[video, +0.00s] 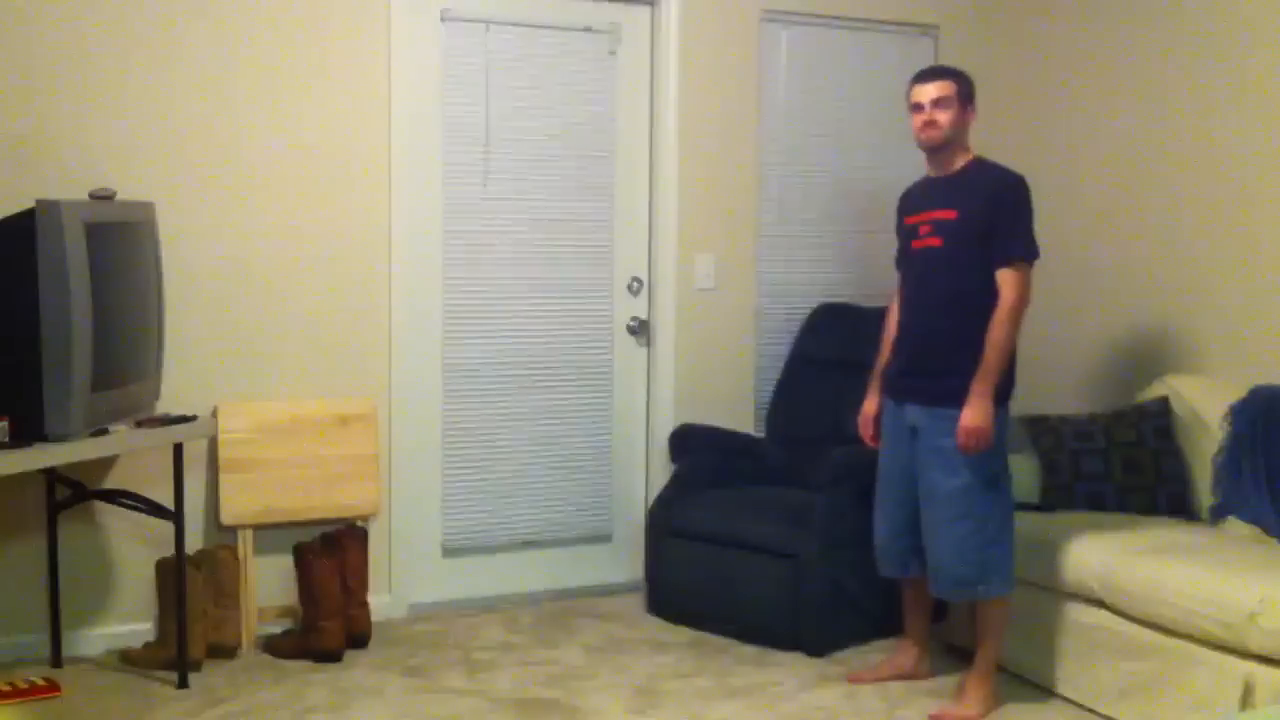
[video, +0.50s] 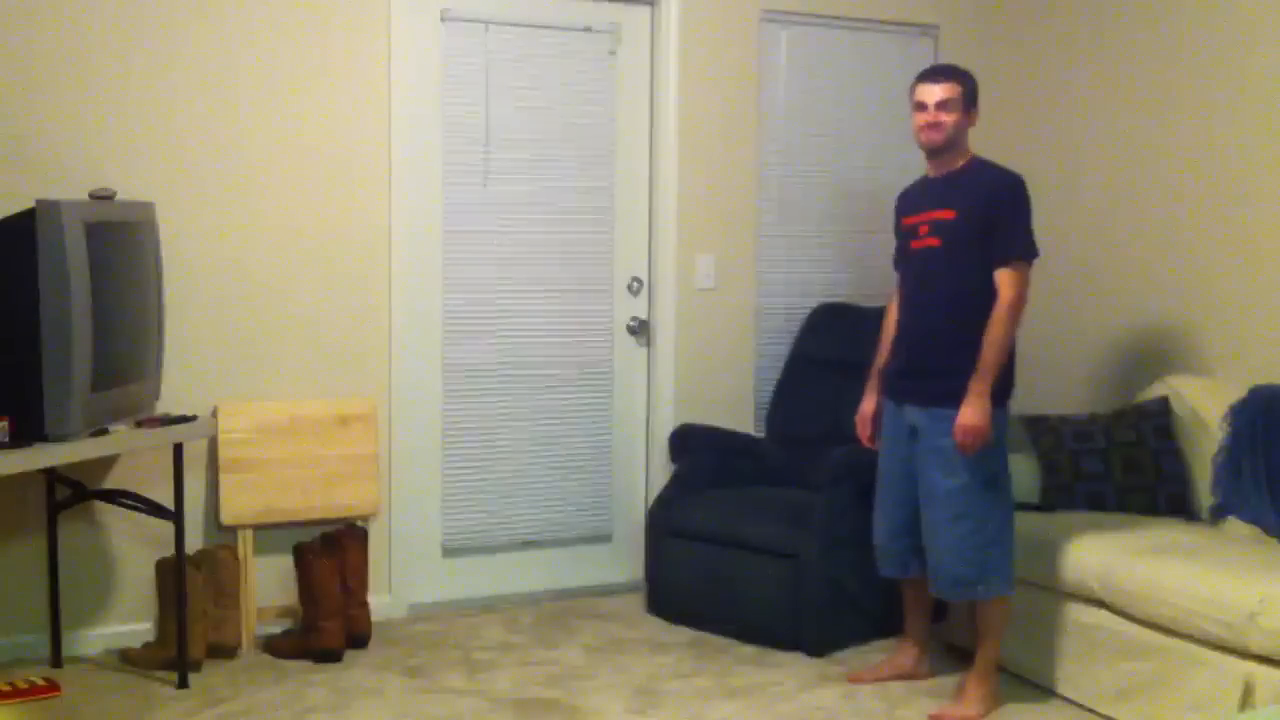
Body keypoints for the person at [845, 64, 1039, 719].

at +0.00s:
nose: (928, 116)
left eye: (941, 105)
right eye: (918, 108)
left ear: (968, 114)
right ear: (909, 121)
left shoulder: (1002, 189)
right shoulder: (912, 201)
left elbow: (1012, 299)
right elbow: (902, 299)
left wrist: (982, 397)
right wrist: (876, 387)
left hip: (964, 404)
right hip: (904, 400)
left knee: (980, 543)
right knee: (908, 530)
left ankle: (983, 677)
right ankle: (913, 651)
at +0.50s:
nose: (932, 118)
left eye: (945, 107)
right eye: (922, 108)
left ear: (970, 117)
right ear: (911, 118)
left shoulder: (1000, 189)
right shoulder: (909, 201)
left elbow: (1011, 296)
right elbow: (901, 298)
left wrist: (980, 396)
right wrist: (874, 387)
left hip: (963, 404)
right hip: (903, 400)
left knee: (979, 543)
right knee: (908, 531)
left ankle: (983, 678)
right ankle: (913, 650)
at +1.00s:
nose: (929, 118)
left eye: (941, 108)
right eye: (919, 110)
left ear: (967, 116)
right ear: (909, 121)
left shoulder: (1000, 189)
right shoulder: (909, 201)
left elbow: (1010, 298)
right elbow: (902, 299)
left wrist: (980, 397)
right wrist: (875, 388)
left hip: (963, 403)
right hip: (903, 399)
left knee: (978, 541)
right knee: (907, 529)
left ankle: (984, 676)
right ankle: (914, 650)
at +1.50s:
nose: (928, 118)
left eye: (941, 108)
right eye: (918, 109)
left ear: (967, 116)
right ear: (909, 121)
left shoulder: (999, 189)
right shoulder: (910, 201)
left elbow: (1010, 298)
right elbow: (902, 298)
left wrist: (979, 397)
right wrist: (875, 387)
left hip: (963, 403)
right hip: (903, 398)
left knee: (979, 541)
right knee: (907, 529)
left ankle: (983, 678)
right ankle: (914, 650)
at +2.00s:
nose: (933, 125)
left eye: (945, 112)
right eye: (925, 115)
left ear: (982, 114)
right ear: (921, 123)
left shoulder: (1016, 194)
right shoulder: (927, 196)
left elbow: (1024, 308)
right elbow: (916, 299)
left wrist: (990, 406)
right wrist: (885, 384)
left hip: (980, 410)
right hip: (919, 402)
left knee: (989, 548)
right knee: (915, 534)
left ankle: (984, 679)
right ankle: (913, 652)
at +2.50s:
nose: (943, 131)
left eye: (956, 118)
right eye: (938, 121)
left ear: (996, 116)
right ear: (937, 125)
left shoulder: (1038, 195)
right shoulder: (946, 200)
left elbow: (1052, 308)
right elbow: (940, 302)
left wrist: (1025, 410)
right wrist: (911, 384)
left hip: (1001, 416)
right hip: (937, 406)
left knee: (1001, 556)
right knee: (919, 536)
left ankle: (985, 682)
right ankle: (935, 655)